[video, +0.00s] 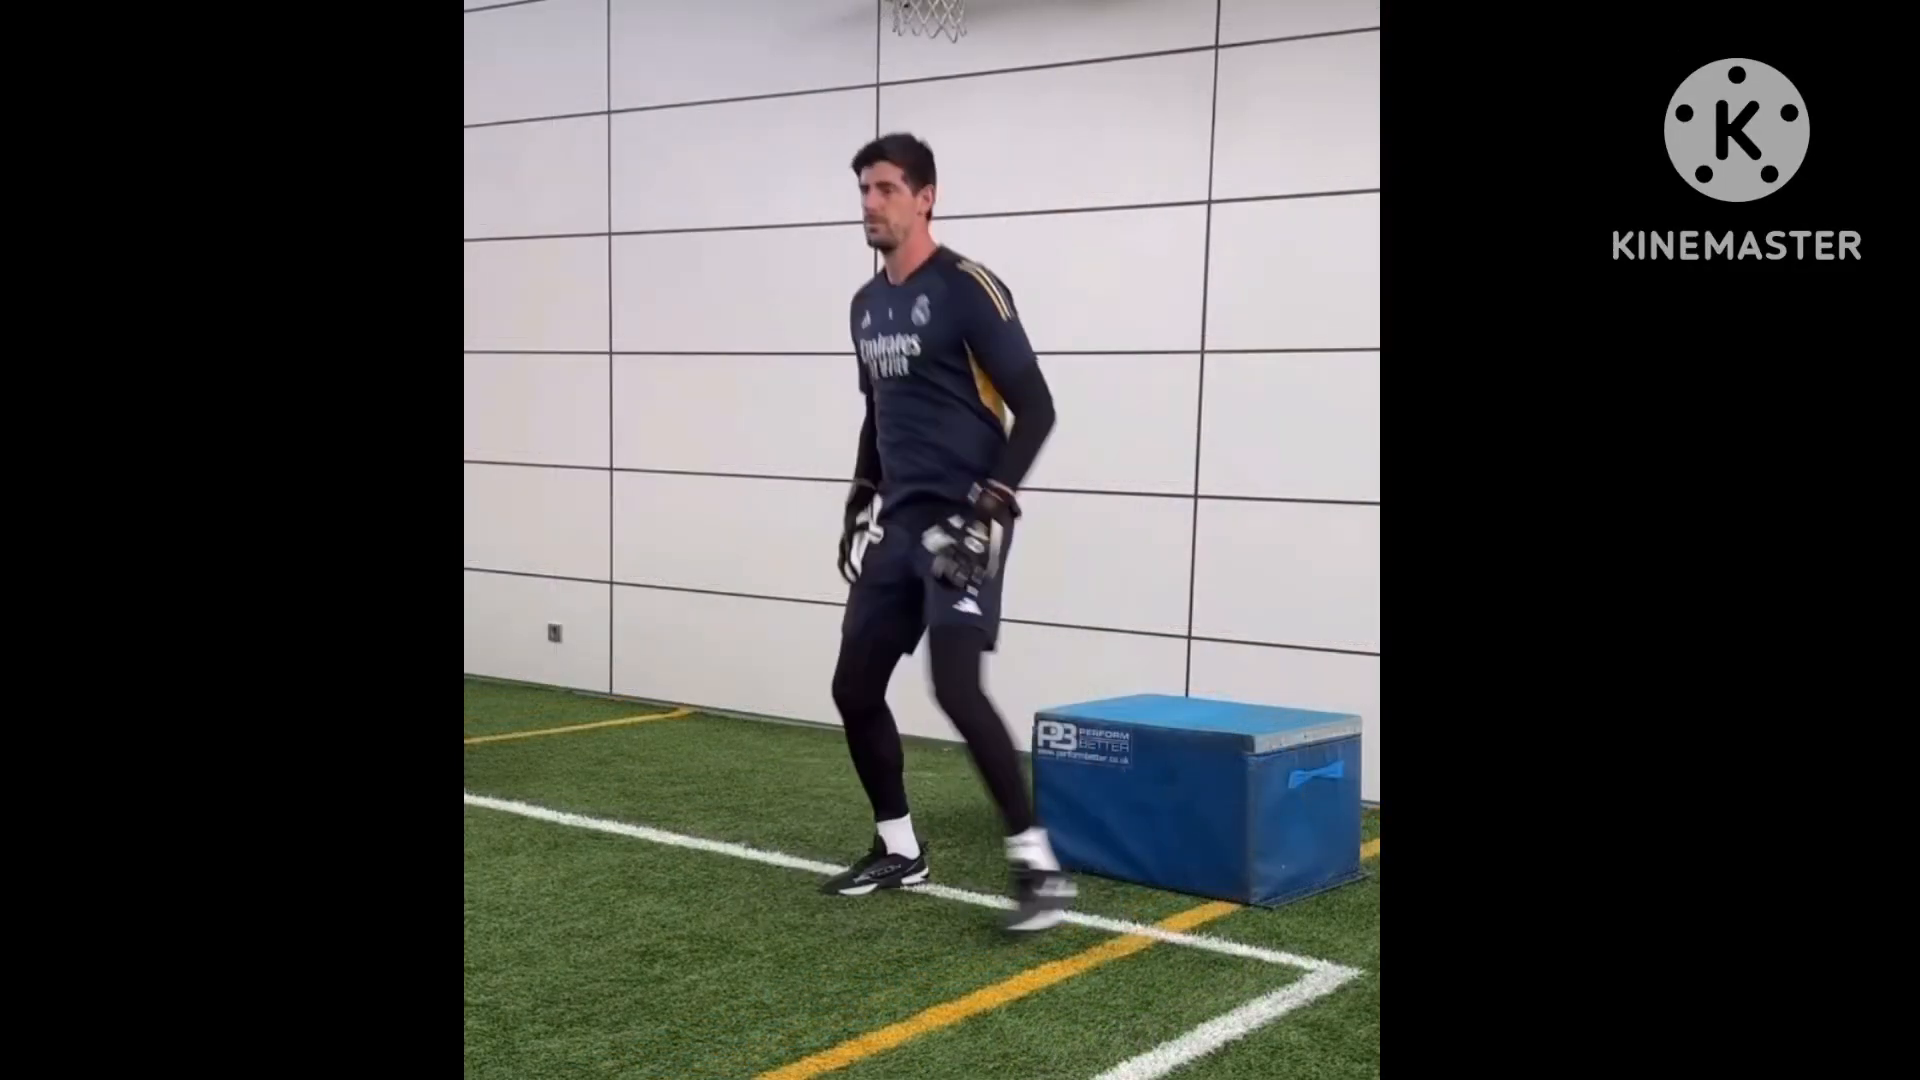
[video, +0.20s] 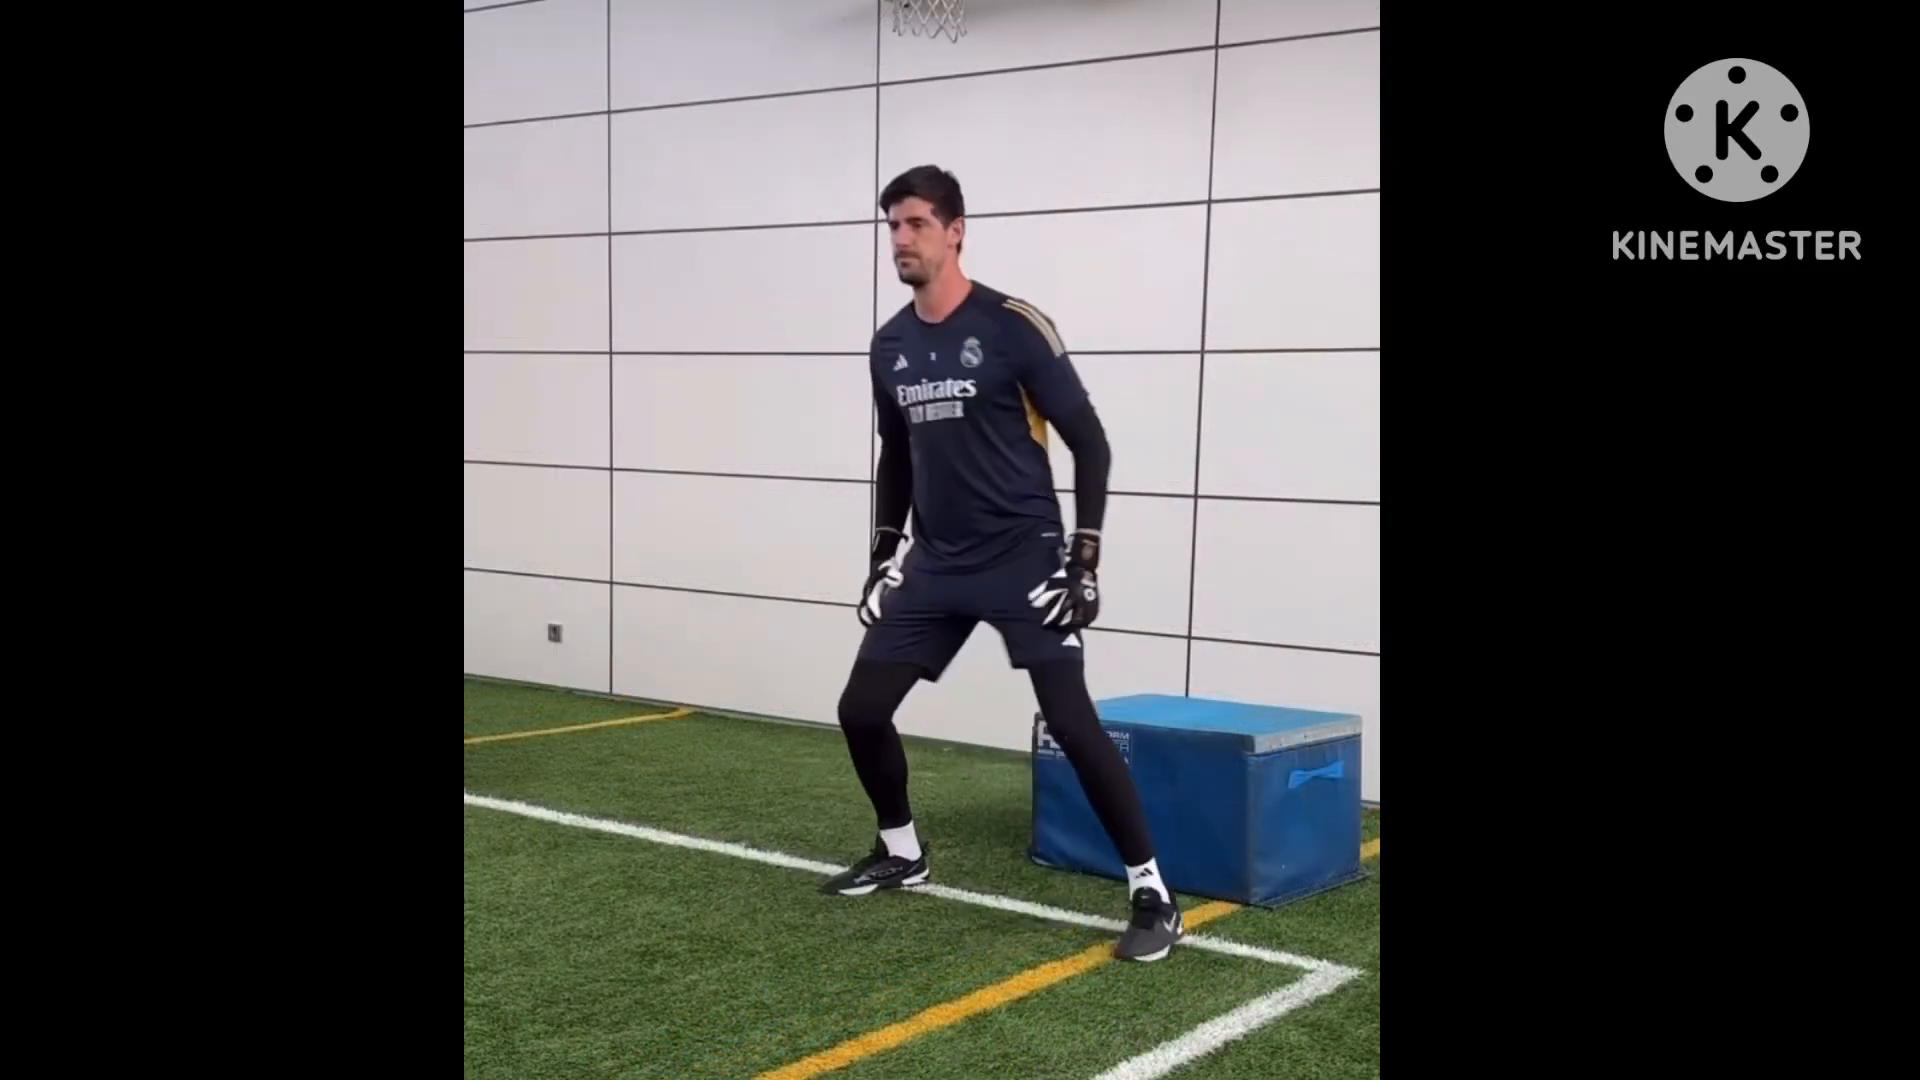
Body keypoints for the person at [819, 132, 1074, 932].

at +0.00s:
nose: (869, 203)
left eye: (884, 189)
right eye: (863, 190)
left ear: (925, 198)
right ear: (862, 202)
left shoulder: (969, 287)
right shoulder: (867, 305)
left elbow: (1038, 411)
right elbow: (880, 413)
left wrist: (986, 510)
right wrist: (859, 503)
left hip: (965, 519)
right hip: (898, 522)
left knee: (957, 686)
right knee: (855, 686)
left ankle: (1040, 867)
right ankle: (899, 852)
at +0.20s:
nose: (901, 239)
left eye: (916, 224)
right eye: (894, 226)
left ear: (956, 232)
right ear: (890, 238)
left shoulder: (1015, 326)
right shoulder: (890, 346)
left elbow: (1091, 443)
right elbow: (895, 456)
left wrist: (1085, 558)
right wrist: (885, 553)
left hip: (1024, 556)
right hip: (934, 562)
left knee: (1073, 722)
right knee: (861, 711)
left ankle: (1150, 891)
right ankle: (901, 852)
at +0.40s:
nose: (952, 220)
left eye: (966, 204)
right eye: (943, 207)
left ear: (1004, 205)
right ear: (935, 217)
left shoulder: (1056, 297)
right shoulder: (929, 312)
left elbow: (1126, 410)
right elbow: (889, 408)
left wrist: (1046, 442)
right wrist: (863, 432)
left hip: (1047, 548)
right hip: (957, 547)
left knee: (1087, 717)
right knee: (890, 700)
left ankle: (1153, 889)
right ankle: (904, 853)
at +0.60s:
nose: (989, 245)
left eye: (1001, 231)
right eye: (978, 232)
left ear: (1033, 222)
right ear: (967, 230)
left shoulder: (1070, 289)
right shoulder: (950, 288)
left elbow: (1102, 351)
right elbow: (875, 327)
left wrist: (1055, 251)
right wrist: (913, 236)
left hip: (1051, 538)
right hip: (967, 536)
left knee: (1085, 718)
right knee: (892, 695)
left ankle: (1152, 890)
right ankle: (903, 852)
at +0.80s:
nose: (988, 212)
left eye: (1001, 195)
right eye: (977, 200)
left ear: (1038, 194)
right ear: (970, 209)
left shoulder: (1087, 290)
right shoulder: (959, 294)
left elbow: (1119, 399)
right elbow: (903, 403)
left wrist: (1033, 349)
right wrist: (911, 333)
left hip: (1057, 540)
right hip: (967, 537)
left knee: (1095, 713)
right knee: (913, 699)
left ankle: (1153, 891)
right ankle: (903, 853)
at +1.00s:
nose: (830, 192)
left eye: (842, 180)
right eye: (832, 179)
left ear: (882, 188)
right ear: (884, 190)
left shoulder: (888, 258)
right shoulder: (902, 262)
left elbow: (930, 368)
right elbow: (905, 381)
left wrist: (872, 452)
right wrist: (844, 446)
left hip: (904, 487)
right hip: (947, 489)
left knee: (825, 654)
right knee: (908, 648)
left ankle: (808, 848)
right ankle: (966, 818)